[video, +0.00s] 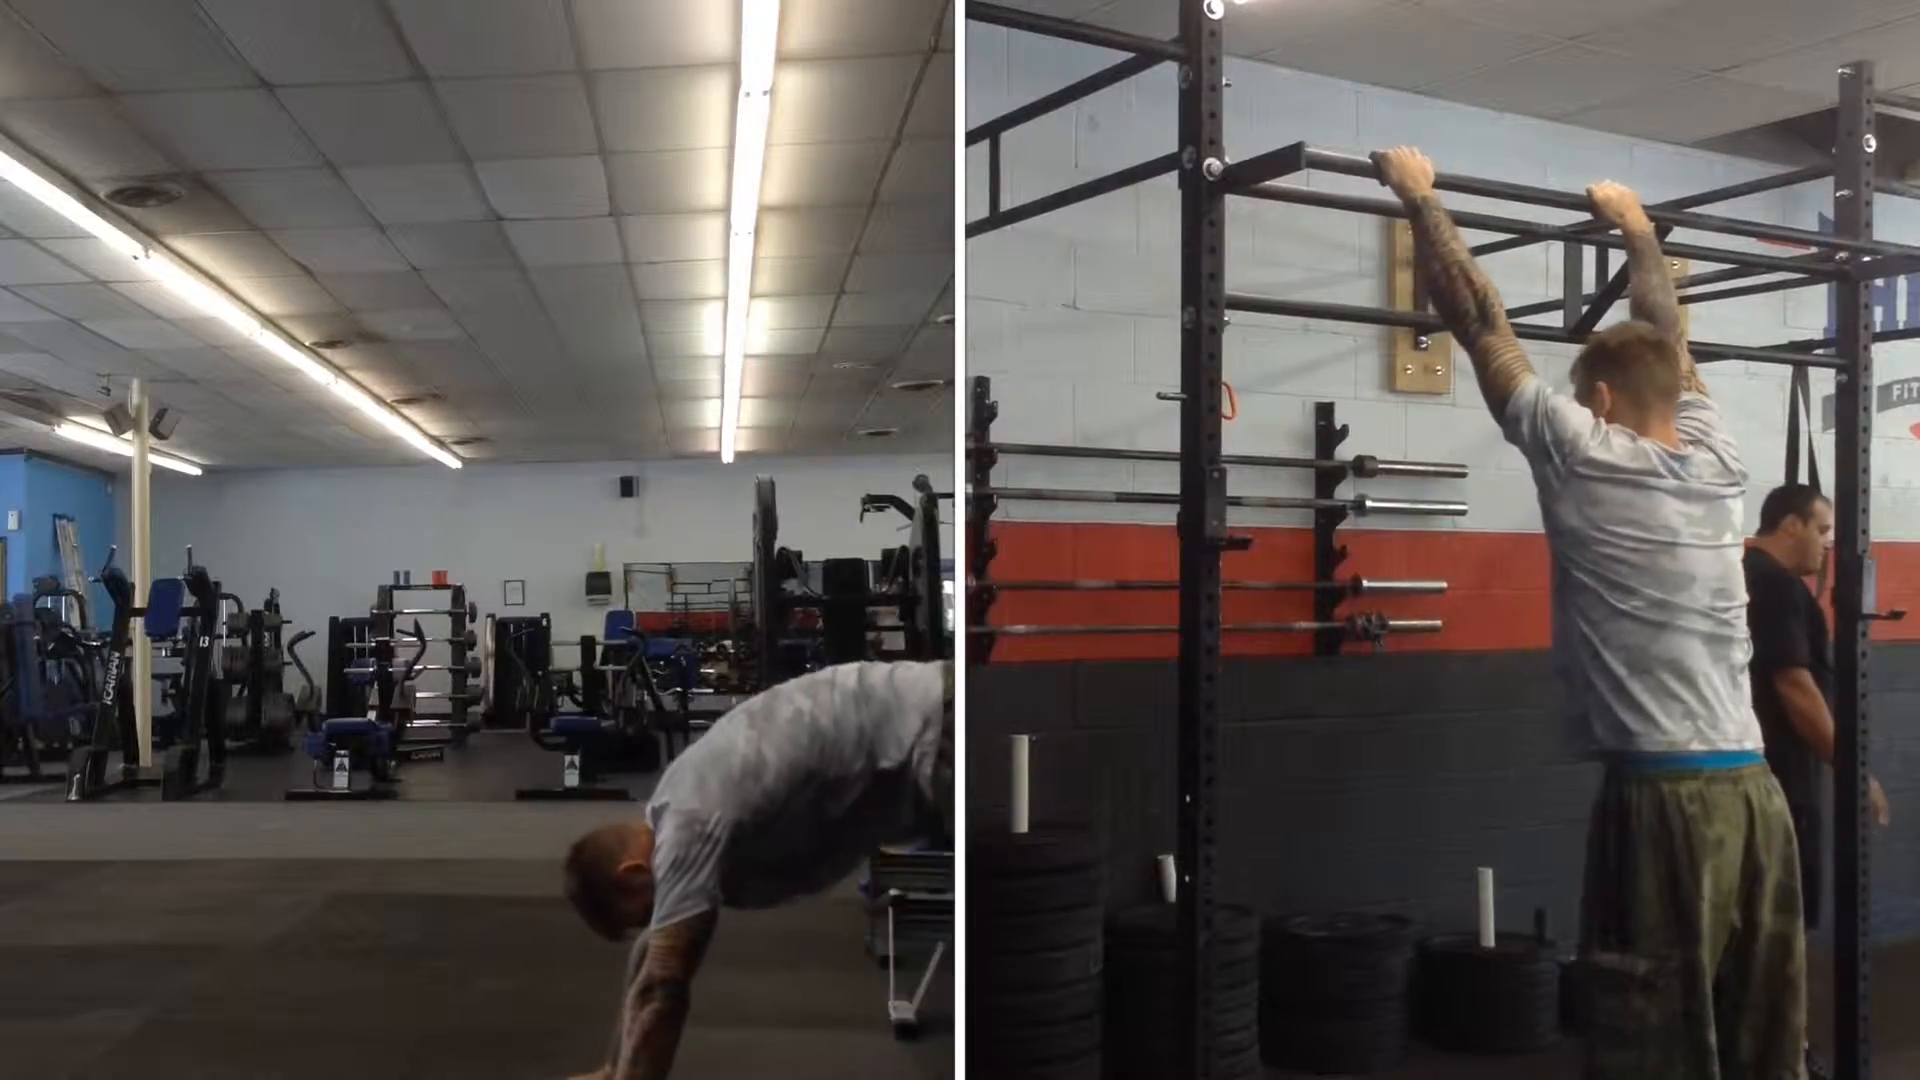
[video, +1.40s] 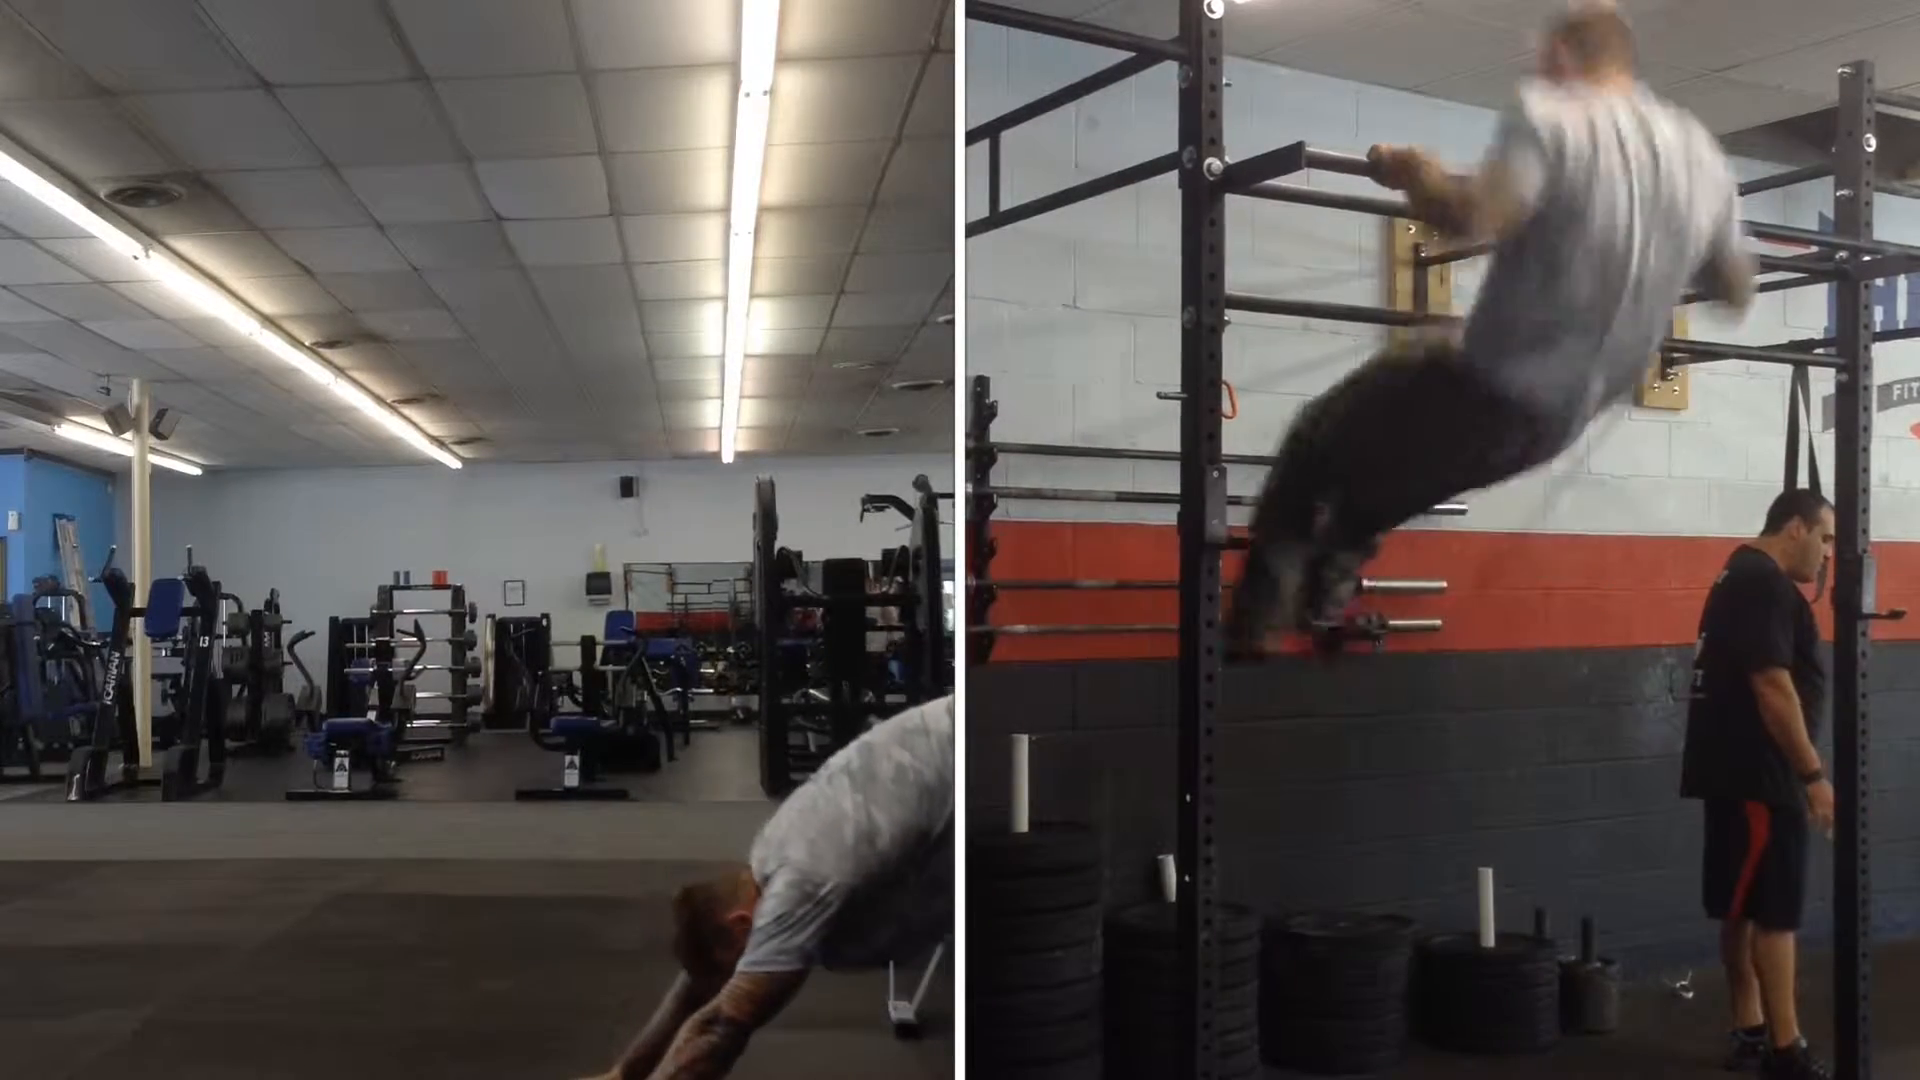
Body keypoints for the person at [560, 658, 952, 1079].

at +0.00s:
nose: (650, 919)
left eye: (638, 917)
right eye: (638, 924)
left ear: (633, 875)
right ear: (634, 859)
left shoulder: (691, 819)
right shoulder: (675, 812)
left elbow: (662, 989)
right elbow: (649, 965)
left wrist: (628, 1074)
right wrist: (614, 1068)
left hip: (947, 728)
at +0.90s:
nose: (691, 933)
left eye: (684, 927)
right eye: (681, 934)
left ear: (682, 882)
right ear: (682, 873)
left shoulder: (740, 838)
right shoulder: (717, 830)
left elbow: (686, 1000)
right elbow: (672, 964)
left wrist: (637, 1074)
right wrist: (620, 1068)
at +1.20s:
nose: (727, 963)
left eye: (722, 951)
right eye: (715, 960)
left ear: (724, 903)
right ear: (727, 892)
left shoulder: (790, 862)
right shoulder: (748, 852)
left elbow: (712, 1021)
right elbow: (691, 973)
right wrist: (624, 1069)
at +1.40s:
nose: (745, 975)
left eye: (736, 968)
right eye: (734, 972)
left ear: (742, 927)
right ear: (738, 919)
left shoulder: (804, 881)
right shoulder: (767, 862)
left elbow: (721, 1030)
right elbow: (698, 983)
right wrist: (625, 1069)